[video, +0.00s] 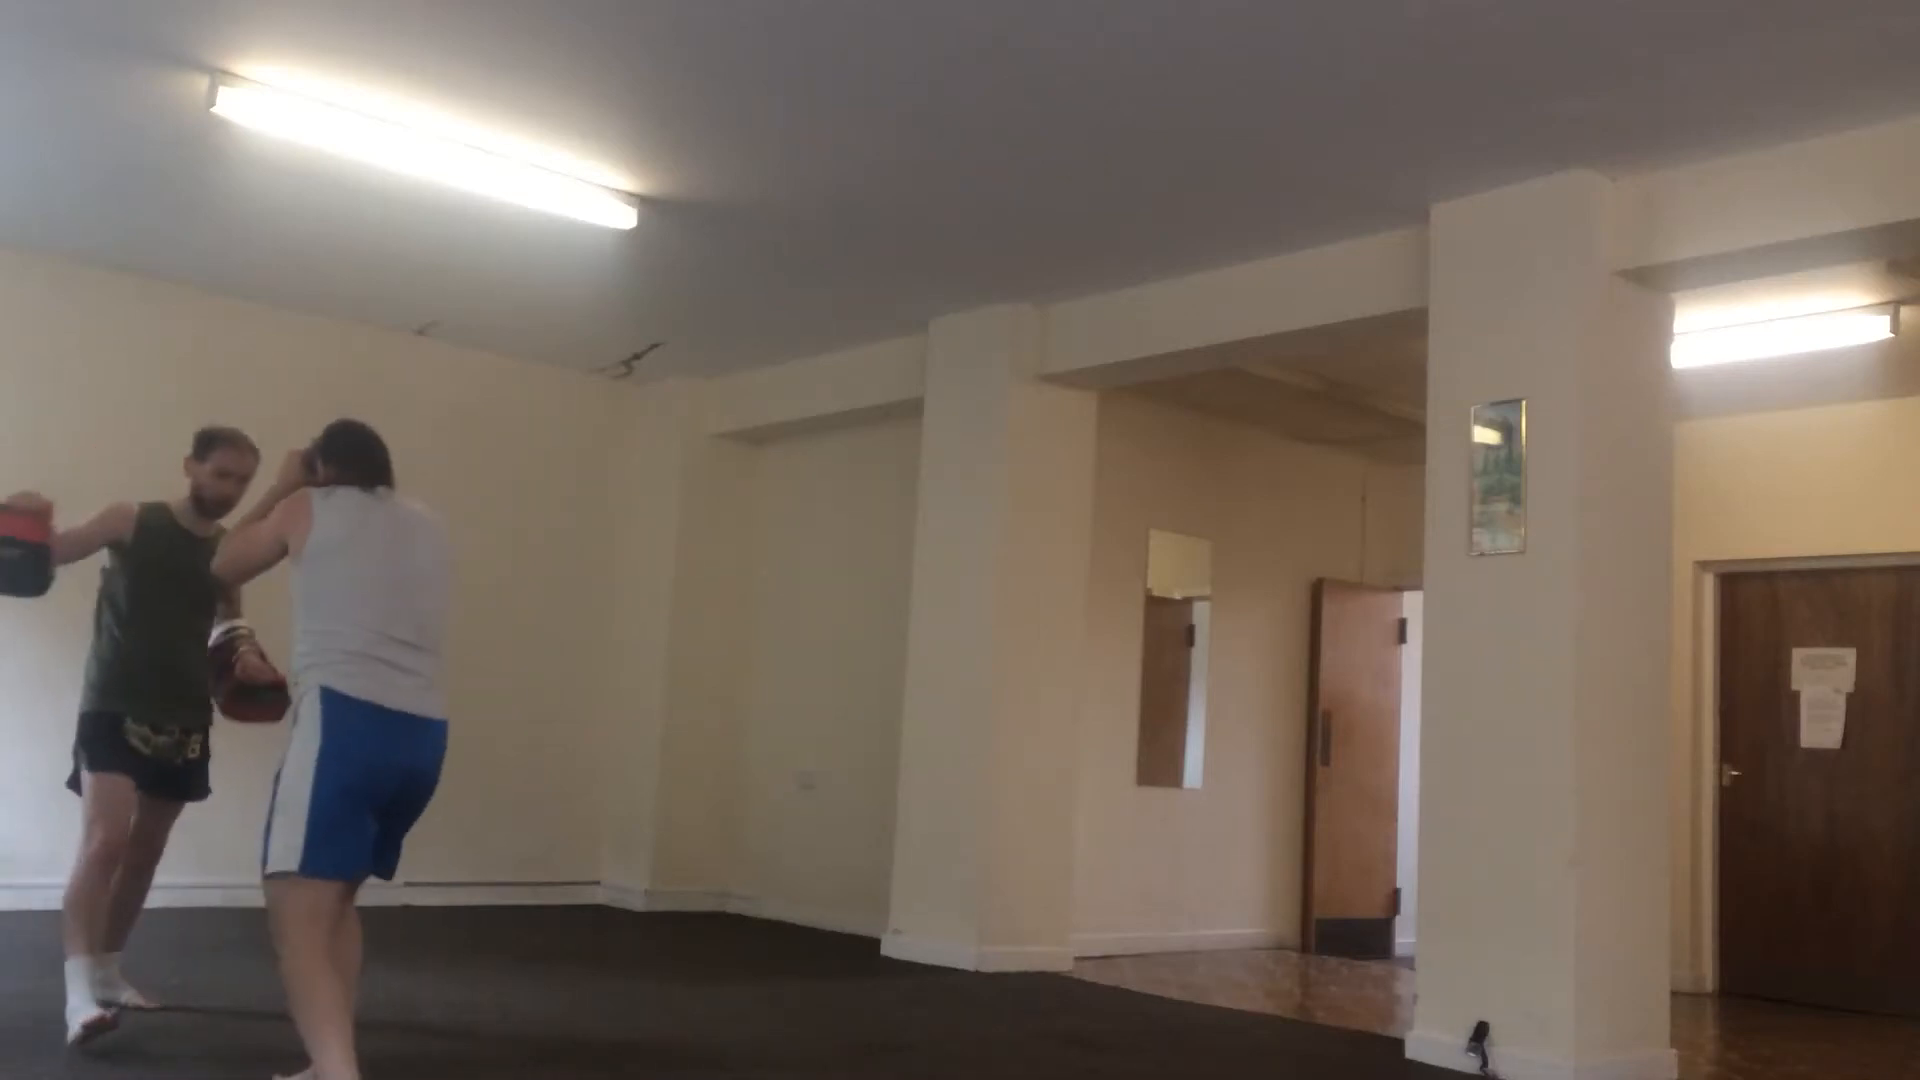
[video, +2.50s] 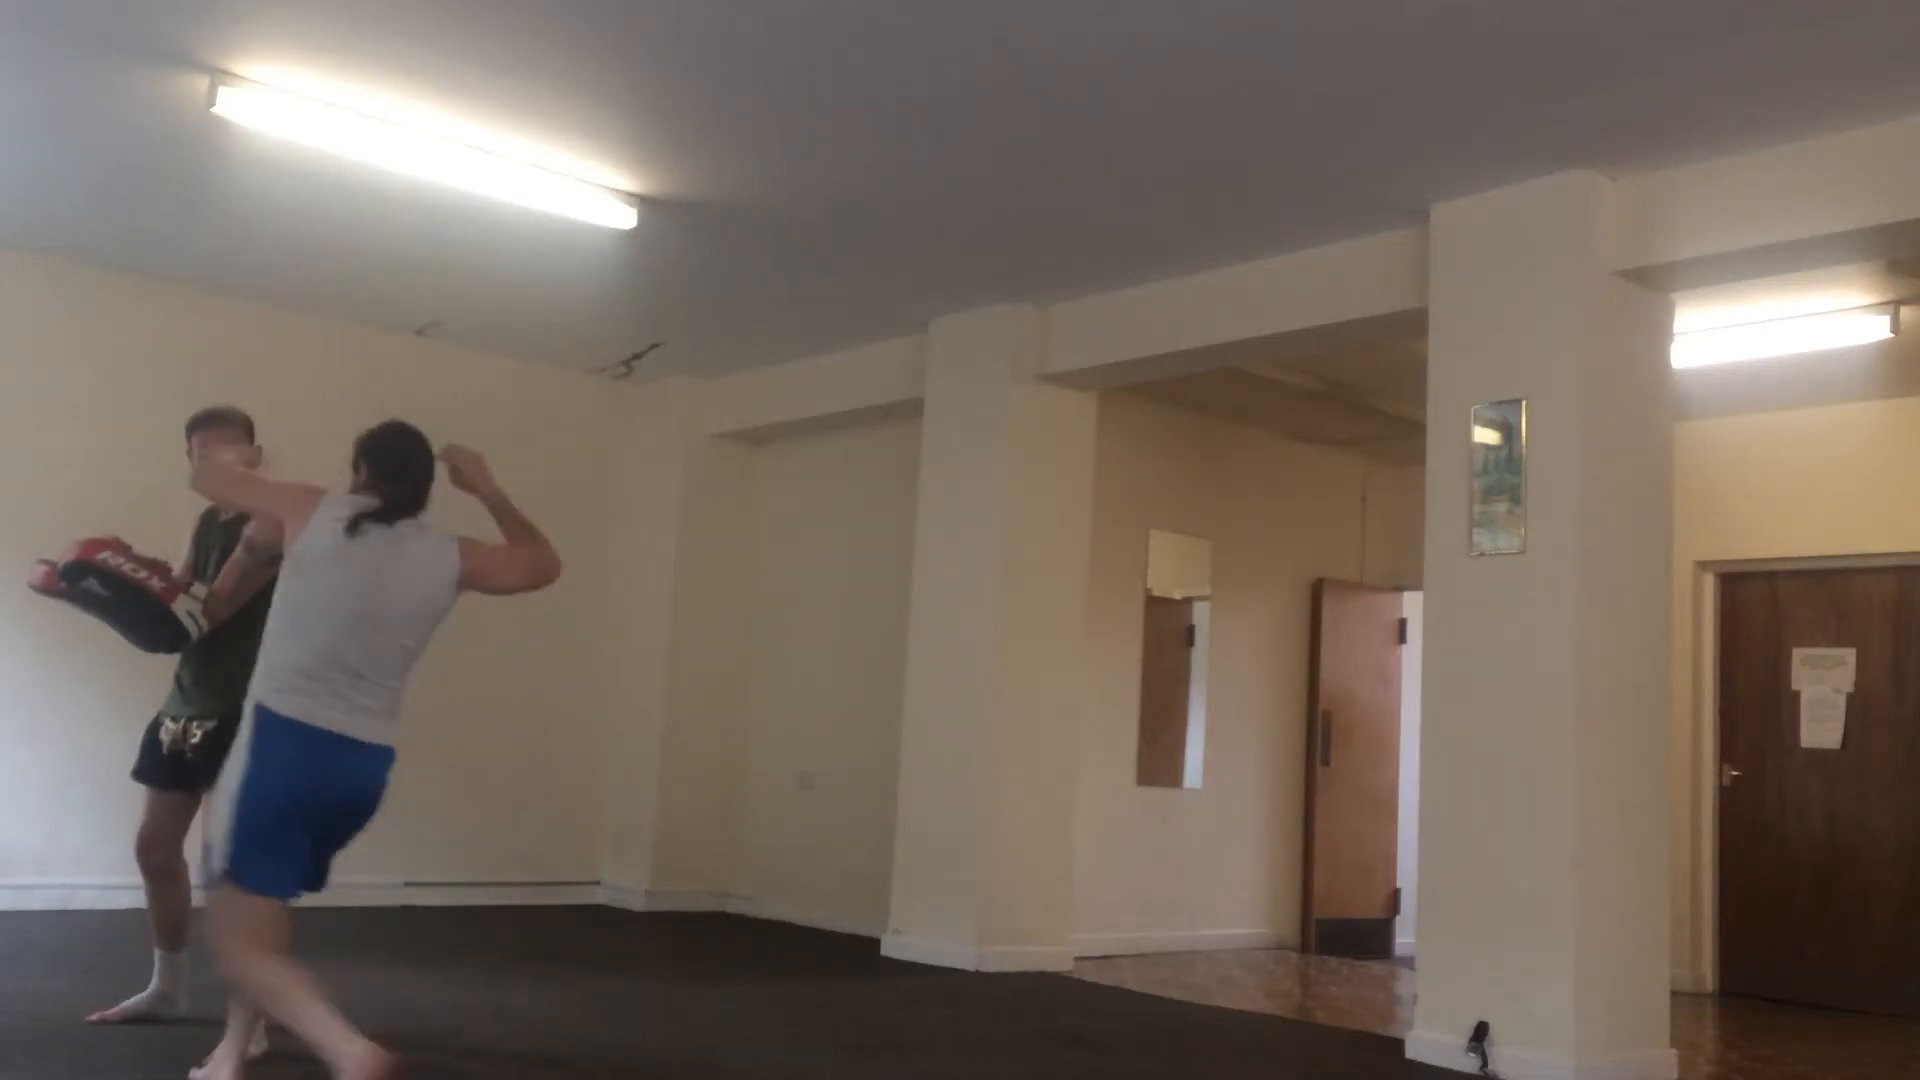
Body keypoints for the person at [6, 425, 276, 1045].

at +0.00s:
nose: (229, 487)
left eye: (241, 480)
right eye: (222, 473)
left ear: (246, 486)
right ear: (192, 466)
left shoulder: (228, 552)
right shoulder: (132, 521)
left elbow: (230, 635)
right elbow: (53, 552)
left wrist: (248, 659)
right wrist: (27, 523)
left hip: (182, 718)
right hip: (117, 707)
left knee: (145, 854)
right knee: (107, 843)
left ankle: (106, 973)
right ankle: (79, 997)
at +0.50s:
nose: (251, 438)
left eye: (258, 427)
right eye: (239, 424)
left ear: (258, 430)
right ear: (203, 421)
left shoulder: (237, 501)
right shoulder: (158, 484)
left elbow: (211, 580)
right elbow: (57, 534)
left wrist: (251, 614)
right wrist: (125, 511)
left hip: (193, 692)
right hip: (126, 690)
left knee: (170, 833)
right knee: (111, 849)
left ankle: (90, 910)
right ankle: (75, 1018)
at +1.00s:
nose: (251, 466)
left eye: (260, 457)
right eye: (242, 452)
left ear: (269, 462)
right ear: (211, 444)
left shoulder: (262, 512)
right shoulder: (159, 504)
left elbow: (335, 554)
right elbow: (168, 524)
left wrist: (339, 488)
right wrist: (195, 456)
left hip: (235, 703)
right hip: (155, 700)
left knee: (241, 861)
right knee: (120, 857)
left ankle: (234, 1001)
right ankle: (76, 1021)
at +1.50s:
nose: (246, 475)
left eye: (257, 463)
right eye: (234, 463)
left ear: (272, 459)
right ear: (209, 459)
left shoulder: (289, 524)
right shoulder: (184, 515)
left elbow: (275, 624)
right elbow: (165, 593)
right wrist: (132, 589)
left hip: (249, 707)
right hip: (176, 700)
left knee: (248, 867)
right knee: (127, 852)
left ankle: (233, 1006)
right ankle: (140, 986)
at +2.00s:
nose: (228, 476)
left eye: (239, 461)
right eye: (216, 465)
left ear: (265, 454)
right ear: (202, 465)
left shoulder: (286, 526)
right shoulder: (216, 523)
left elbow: (224, 607)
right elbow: (188, 598)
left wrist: (165, 579)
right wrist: (139, 572)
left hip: (243, 713)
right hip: (190, 704)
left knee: (223, 858)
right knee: (149, 849)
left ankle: (249, 1025)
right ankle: (145, 989)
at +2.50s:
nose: (213, 461)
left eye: (225, 448)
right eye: (202, 452)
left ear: (255, 453)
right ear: (191, 461)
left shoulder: (274, 530)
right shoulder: (209, 527)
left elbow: (213, 613)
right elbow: (185, 602)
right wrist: (134, 576)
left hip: (244, 713)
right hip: (189, 706)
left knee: (231, 860)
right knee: (157, 848)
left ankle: (255, 1009)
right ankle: (167, 988)